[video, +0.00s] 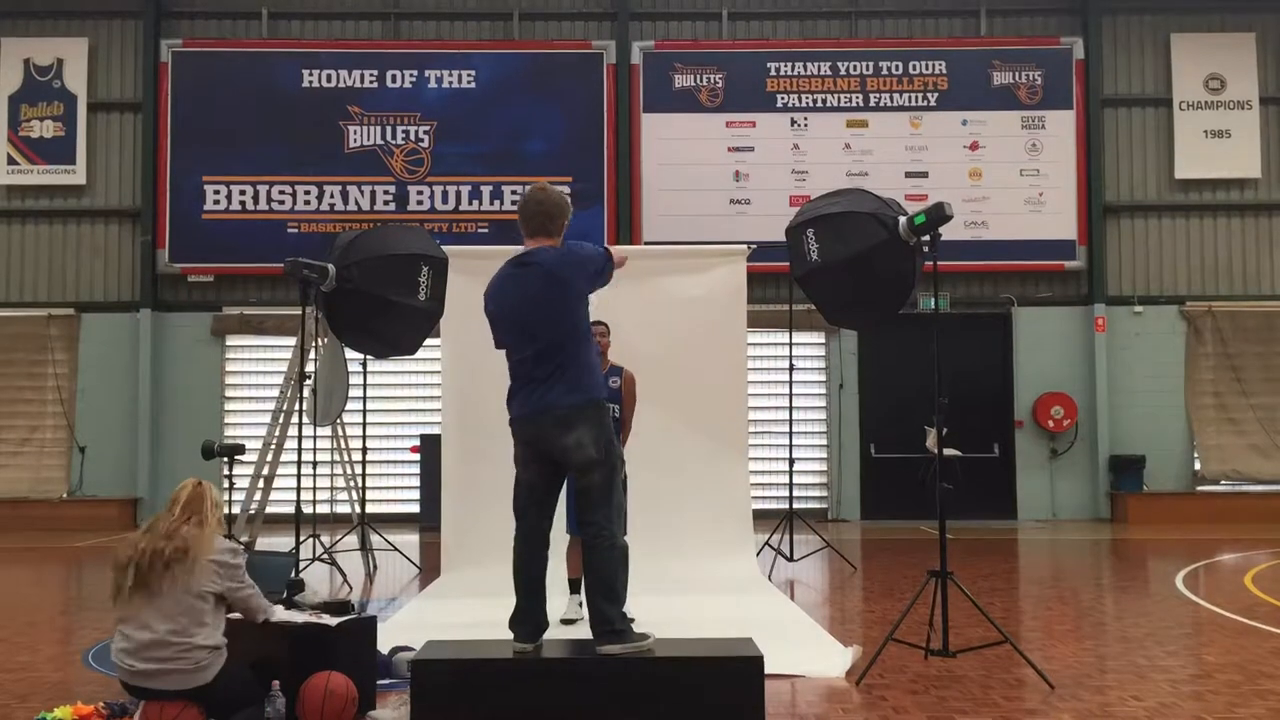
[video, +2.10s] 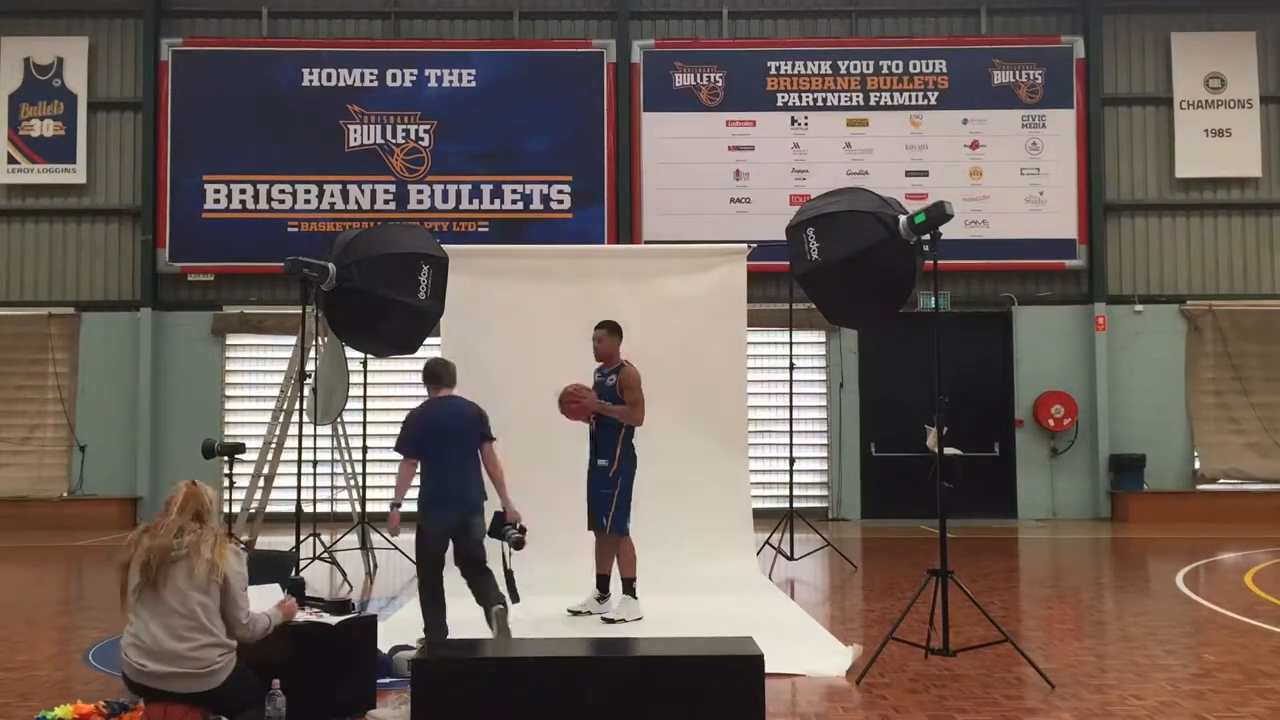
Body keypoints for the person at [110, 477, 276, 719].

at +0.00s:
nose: (222, 519)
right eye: (220, 513)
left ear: (173, 508)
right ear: (214, 514)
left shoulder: (141, 541)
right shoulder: (223, 551)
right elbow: (257, 610)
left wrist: (222, 606)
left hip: (134, 680)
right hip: (194, 680)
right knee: (253, 700)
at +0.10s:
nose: (222, 519)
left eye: (221, 512)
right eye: (221, 513)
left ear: (174, 507)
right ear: (214, 514)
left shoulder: (141, 540)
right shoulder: (222, 550)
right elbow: (258, 610)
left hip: (133, 679)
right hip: (194, 679)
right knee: (253, 701)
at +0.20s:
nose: (214, 516)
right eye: (212, 510)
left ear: (166, 506)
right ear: (205, 511)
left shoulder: (141, 541)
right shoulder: (217, 548)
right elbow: (250, 612)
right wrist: (266, 597)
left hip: (135, 678)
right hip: (193, 677)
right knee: (252, 701)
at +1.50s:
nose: (225, 514)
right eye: (222, 508)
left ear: (174, 506)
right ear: (216, 511)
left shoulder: (145, 542)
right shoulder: (225, 550)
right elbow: (259, 608)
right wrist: (277, 604)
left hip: (136, 680)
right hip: (196, 677)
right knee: (252, 700)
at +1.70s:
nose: (223, 509)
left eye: (222, 503)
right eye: (221, 504)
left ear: (176, 503)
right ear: (215, 507)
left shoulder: (149, 542)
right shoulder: (226, 546)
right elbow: (270, 575)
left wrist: (225, 607)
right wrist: (303, 571)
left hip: (137, 673)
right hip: (199, 670)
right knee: (252, 702)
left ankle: (147, 706)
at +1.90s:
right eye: (219, 505)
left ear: (169, 506)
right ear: (214, 509)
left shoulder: (141, 545)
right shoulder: (231, 555)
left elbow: (133, 612)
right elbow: (241, 635)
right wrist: (233, 665)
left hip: (138, 680)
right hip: (203, 684)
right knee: (255, 698)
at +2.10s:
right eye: (216, 511)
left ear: (169, 511)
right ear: (210, 514)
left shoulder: (143, 543)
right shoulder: (225, 552)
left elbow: (132, 608)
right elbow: (243, 628)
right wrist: (279, 614)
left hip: (140, 678)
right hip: (205, 682)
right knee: (254, 703)